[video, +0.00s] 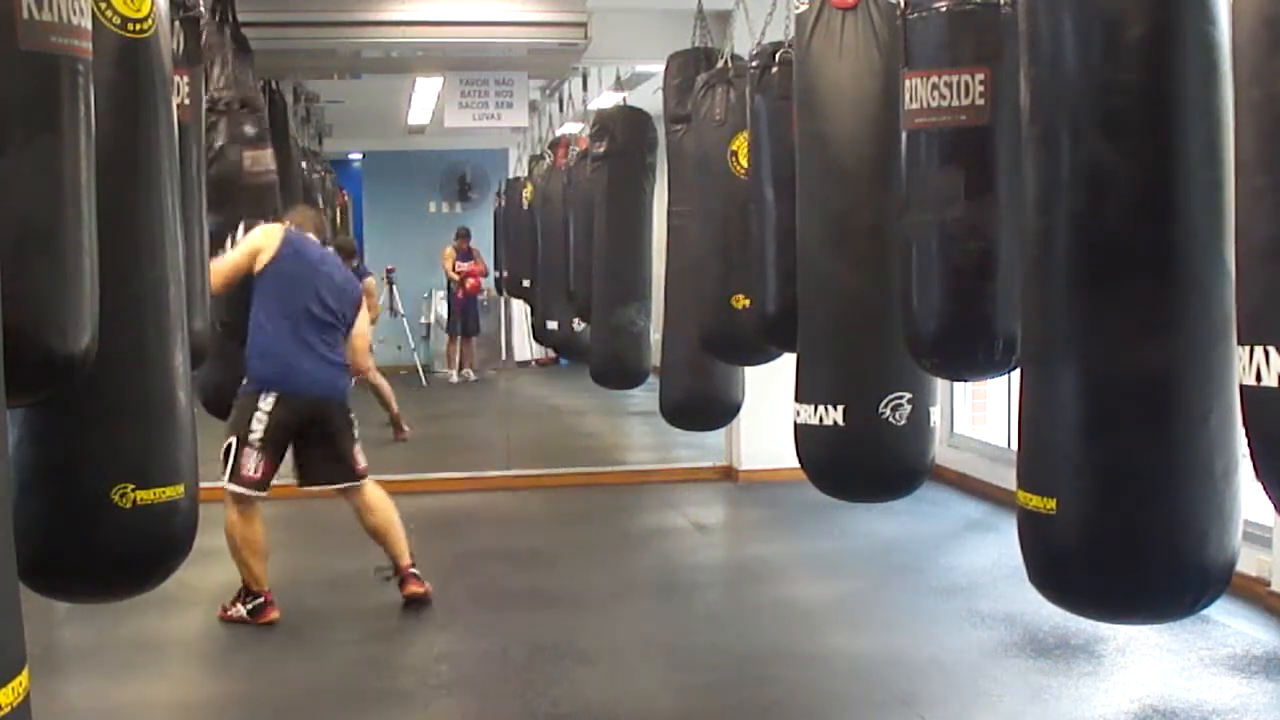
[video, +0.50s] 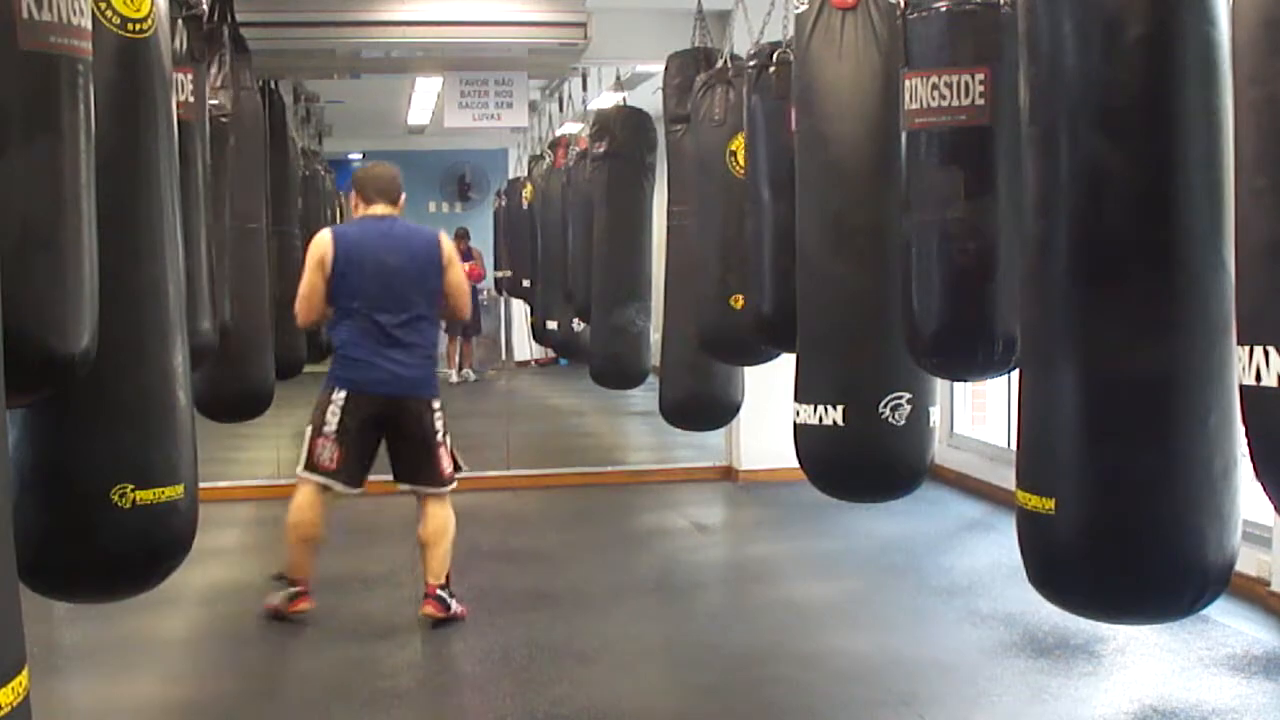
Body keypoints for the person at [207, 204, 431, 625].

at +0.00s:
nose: (281, 226)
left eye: (283, 223)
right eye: (285, 223)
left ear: (289, 226)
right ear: (324, 235)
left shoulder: (272, 236)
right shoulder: (353, 287)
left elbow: (214, 280)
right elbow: (361, 363)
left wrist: (231, 252)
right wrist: (395, 411)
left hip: (271, 389)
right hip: (329, 396)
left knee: (241, 498)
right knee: (359, 486)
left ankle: (256, 596)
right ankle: (409, 572)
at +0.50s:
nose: (349, 205)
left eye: (349, 199)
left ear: (354, 200)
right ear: (401, 201)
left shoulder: (329, 241)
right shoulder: (437, 243)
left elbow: (305, 315)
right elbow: (461, 310)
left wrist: (342, 291)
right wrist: (418, 291)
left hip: (351, 388)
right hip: (416, 391)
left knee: (312, 484)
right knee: (435, 494)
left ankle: (297, 588)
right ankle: (436, 592)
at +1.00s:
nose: (369, 206)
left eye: (370, 200)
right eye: (372, 202)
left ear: (378, 199)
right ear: (421, 203)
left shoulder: (350, 232)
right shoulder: (459, 243)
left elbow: (309, 298)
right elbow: (480, 312)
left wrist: (345, 269)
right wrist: (439, 301)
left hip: (363, 382)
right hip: (428, 387)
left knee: (329, 479)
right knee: (450, 490)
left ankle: (319, 580)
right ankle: (462, 589)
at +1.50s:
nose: (279, 240)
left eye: (280, 233)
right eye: (279, 235)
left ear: (292, 229)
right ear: (323, 229)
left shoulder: (305, 248)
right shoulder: (345, 269)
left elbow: (245, 293)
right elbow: (325, 344)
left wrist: (245, 256)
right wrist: (273, 344)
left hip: (316, 396)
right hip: (364, 397)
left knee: (255, 489)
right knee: (365, 496)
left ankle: (250, 596)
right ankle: (447, 553)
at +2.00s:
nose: (300, 240)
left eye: (301, 229)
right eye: (298, 231)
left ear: (321, 222)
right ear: (339, 221)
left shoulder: (347, 264)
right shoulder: (368, 255)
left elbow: (305, 324)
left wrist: (284, 289)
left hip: (374, 396)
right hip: (406, 390)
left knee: (306, 479)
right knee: (423, 478)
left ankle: (323, 583)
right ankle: (499, 542)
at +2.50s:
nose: (411, 226)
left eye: (411, 218)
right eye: (409, 219)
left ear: (425, 210)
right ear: (452, 208)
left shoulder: (431, 242)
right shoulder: (492, 246)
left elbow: (407, 310)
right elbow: (469, 314)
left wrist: (378, 288)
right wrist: (403, 290)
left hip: (462, 379)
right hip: (507, 377)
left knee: (425, 473)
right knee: (505, 471)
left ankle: (464, 566)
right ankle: (538, 557)